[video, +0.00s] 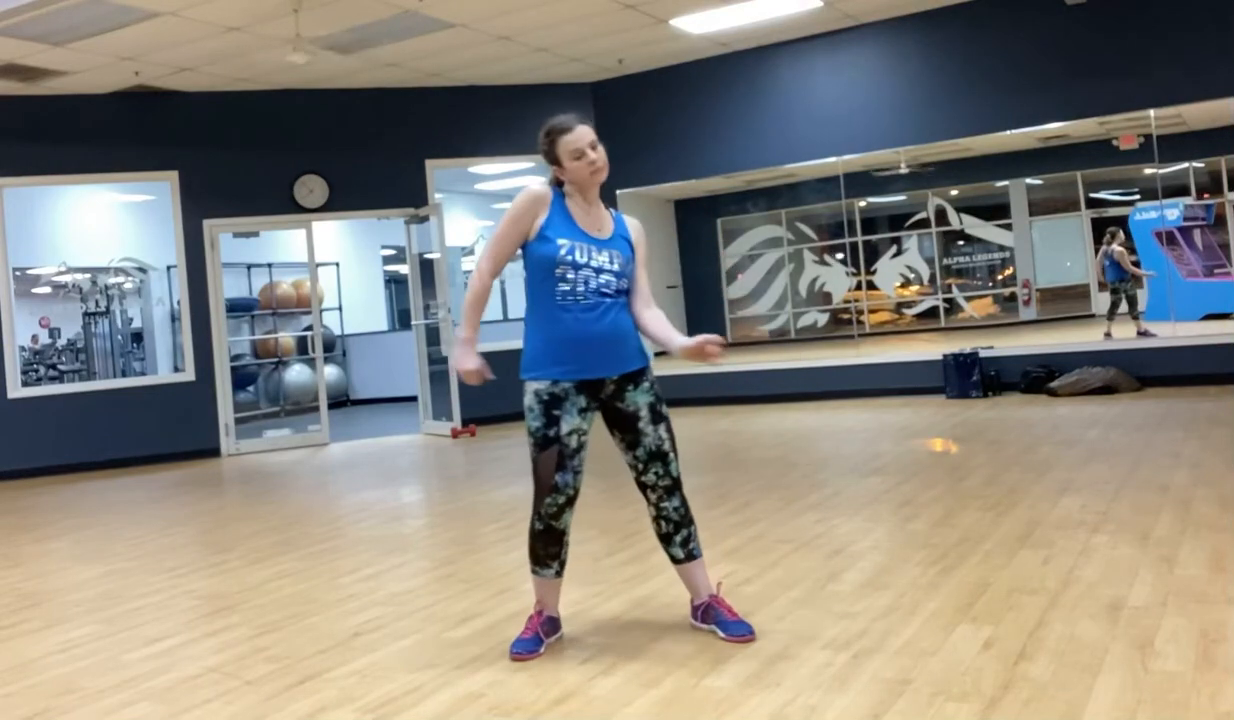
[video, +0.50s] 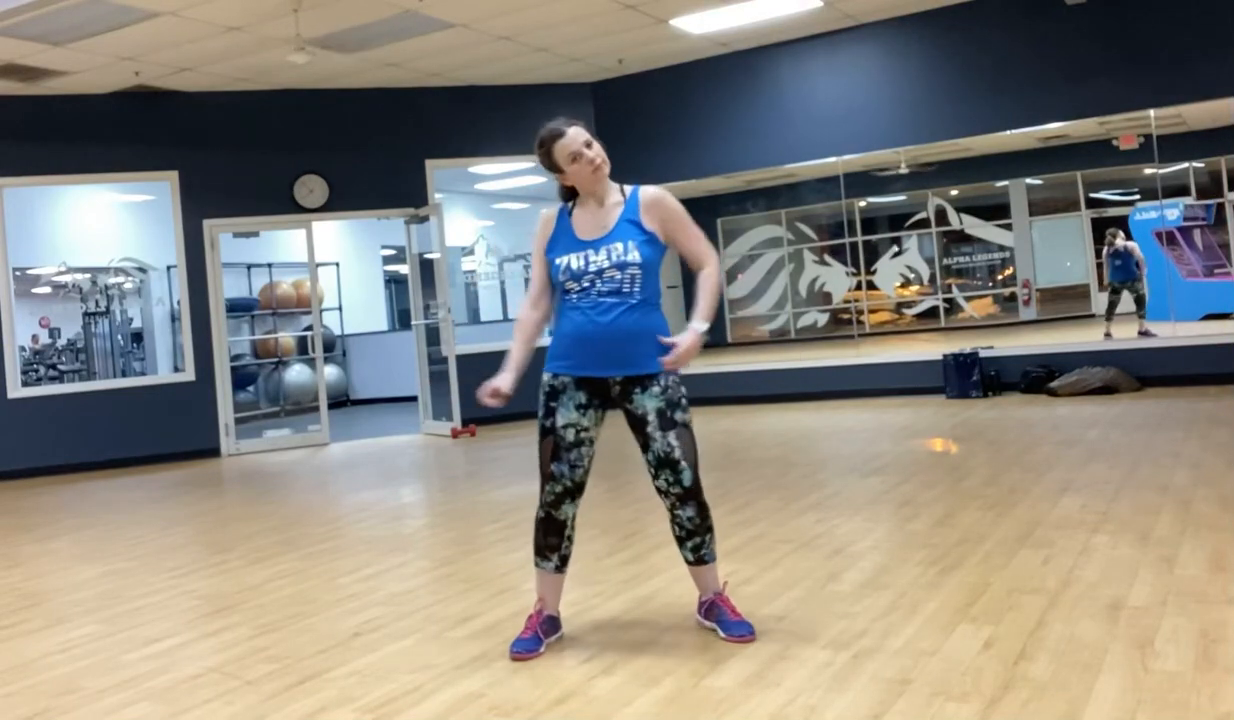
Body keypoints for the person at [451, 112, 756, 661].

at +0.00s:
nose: (594, 157)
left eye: (595, 147)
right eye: (580, 155)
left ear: (604, 150)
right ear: (559, 169)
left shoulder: (628, 229)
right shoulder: (539, 202)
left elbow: (643, 307)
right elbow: (486, 270)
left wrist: (683, 344)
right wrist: (464, 342)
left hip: (626, 371)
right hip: (555, 377)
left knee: (664, 482)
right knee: (554, 496)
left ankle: (705, 601)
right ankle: (546, 614)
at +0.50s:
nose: (591, 155)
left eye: (589, 143)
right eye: (576, 156)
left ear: (601, 143)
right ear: (562, 176)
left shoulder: (652, 203)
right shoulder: (552, 224)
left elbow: (707, 263)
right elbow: (536, 304)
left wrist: (696, 328)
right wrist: (510, 372)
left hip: (649, 371)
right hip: (572, 376)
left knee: (682, 484)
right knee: (559, 490)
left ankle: (712, 599)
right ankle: (545, 613)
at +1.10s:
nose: (578, 142)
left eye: (583, 133)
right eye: (565, 139)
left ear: (599, 143)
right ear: (550, 156)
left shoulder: (635, 215)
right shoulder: (528, 220)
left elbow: (659, 296)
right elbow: (476, 293)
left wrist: (698, 329)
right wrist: (439, 350)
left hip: (637, 371)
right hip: (560, 379)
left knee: (667, 484)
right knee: (552, 497)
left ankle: (710, 600)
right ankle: (545, 615)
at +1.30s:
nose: (560, 139)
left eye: (566, 130)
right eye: (547, 135)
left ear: (583, 142)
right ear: (533, 154)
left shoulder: (618, 215)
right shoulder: (512, 216)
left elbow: (637, 294)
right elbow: (442, 270)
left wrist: (644, 344)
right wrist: (380, 312)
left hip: (616, 373)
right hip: (542, 380)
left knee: (660, 483)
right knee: (541, 500)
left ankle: (707, 600)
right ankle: (545, 615)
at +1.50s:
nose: (551, 135)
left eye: (557, 126)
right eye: (539, 132)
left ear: (574, 138)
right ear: (525, 150)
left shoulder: (610, 207)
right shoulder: (505, 209)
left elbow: (645, 281)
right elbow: (429, 236)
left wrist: (640, 344)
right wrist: (348, 250)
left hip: (611, 369)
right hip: (537, 377)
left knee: (667, 468)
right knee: (538, 494)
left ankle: (697, 594)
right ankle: (544, 614)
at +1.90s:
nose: (594, 139)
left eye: (599, 131)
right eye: (580, 139)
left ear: (619, 146)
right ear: (571, 165)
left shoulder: (657, 205)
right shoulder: (560, 220)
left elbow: (680, 269)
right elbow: (486, 261)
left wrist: (675, 328)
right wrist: (422, 280)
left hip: (653, 379)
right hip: (583, 383)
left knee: (699, 482)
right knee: (544, 496)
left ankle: (679, 608)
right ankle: (486, 600)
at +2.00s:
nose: (609, 148)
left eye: (614, 141)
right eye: (595, 149)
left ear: (632, 157)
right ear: (584, 175)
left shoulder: (661, 216)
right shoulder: (579, 235)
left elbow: (659, 299)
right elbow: (556, 330)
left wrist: (659, 364)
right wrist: (519, 403)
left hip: (656, 389)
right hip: (591, 394)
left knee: (711, 489)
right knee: (539, 508)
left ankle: (679, 610)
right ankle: (458, 613)